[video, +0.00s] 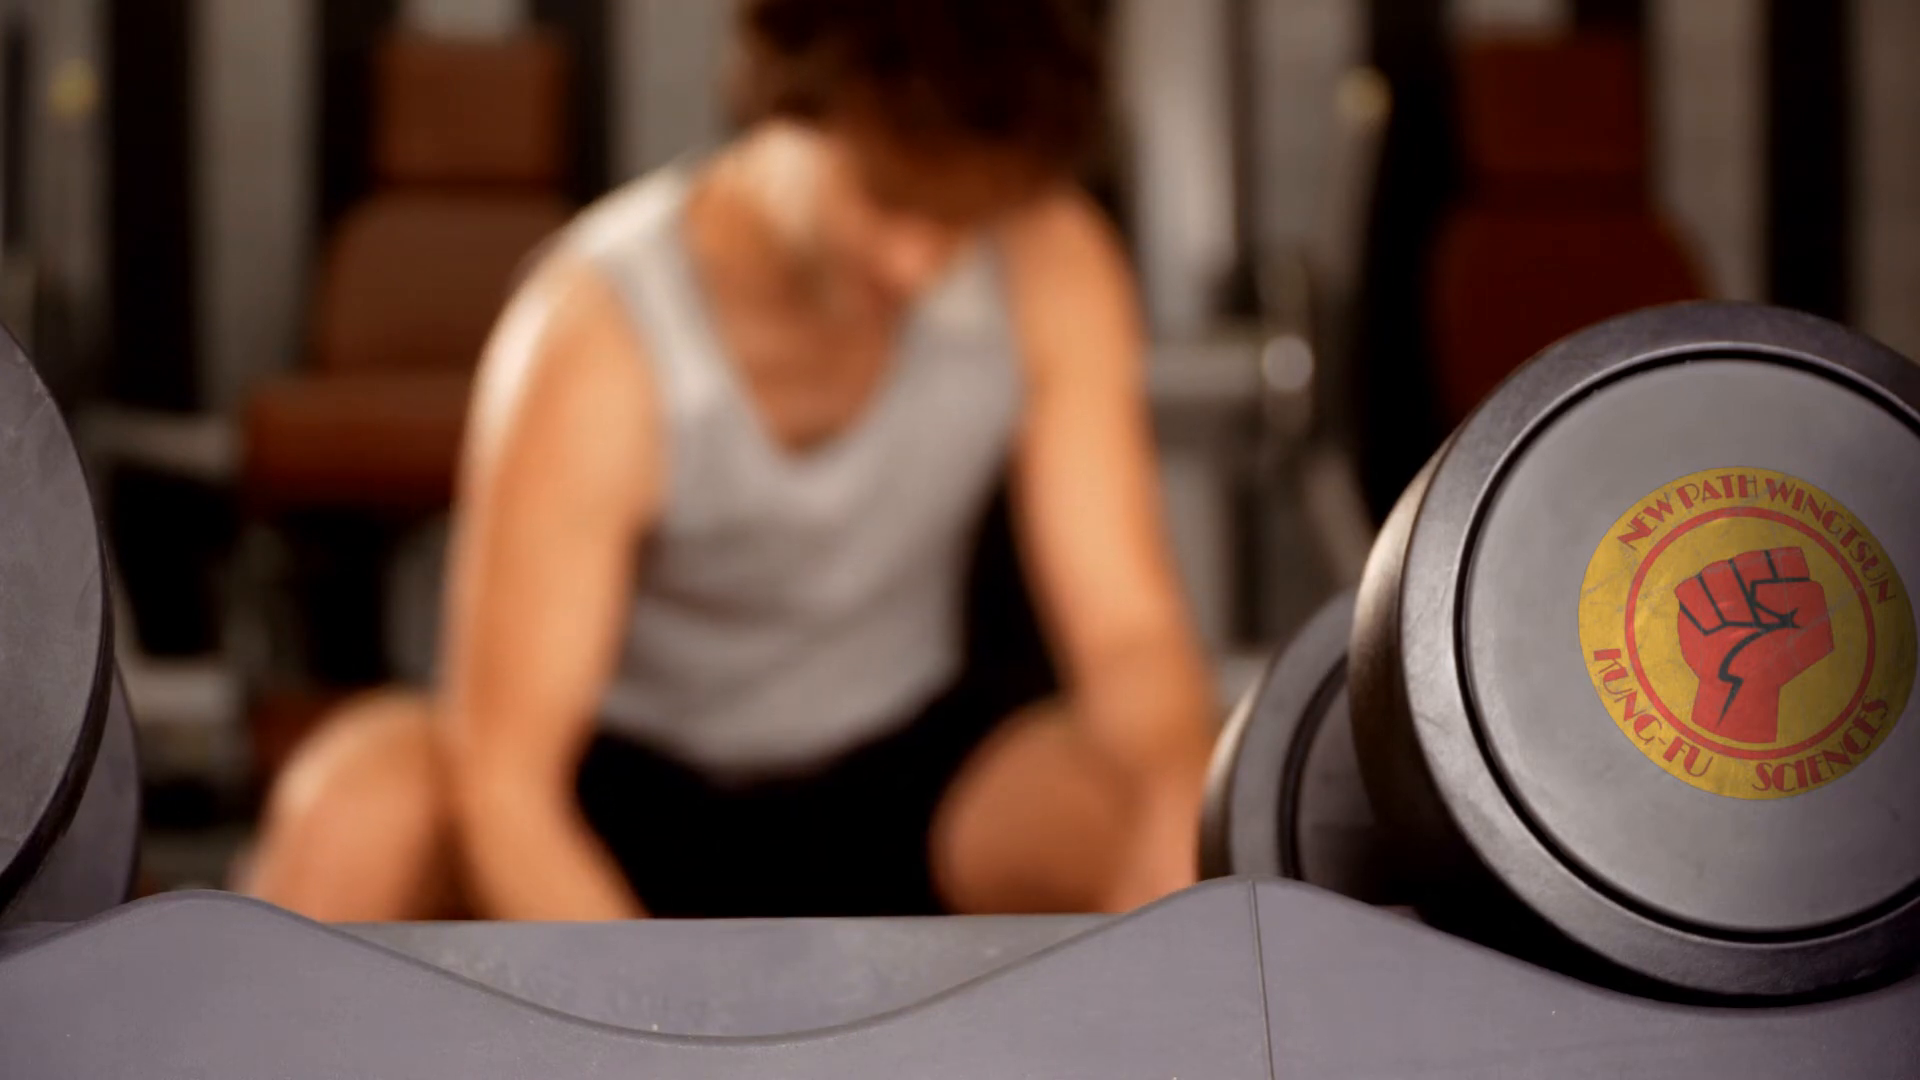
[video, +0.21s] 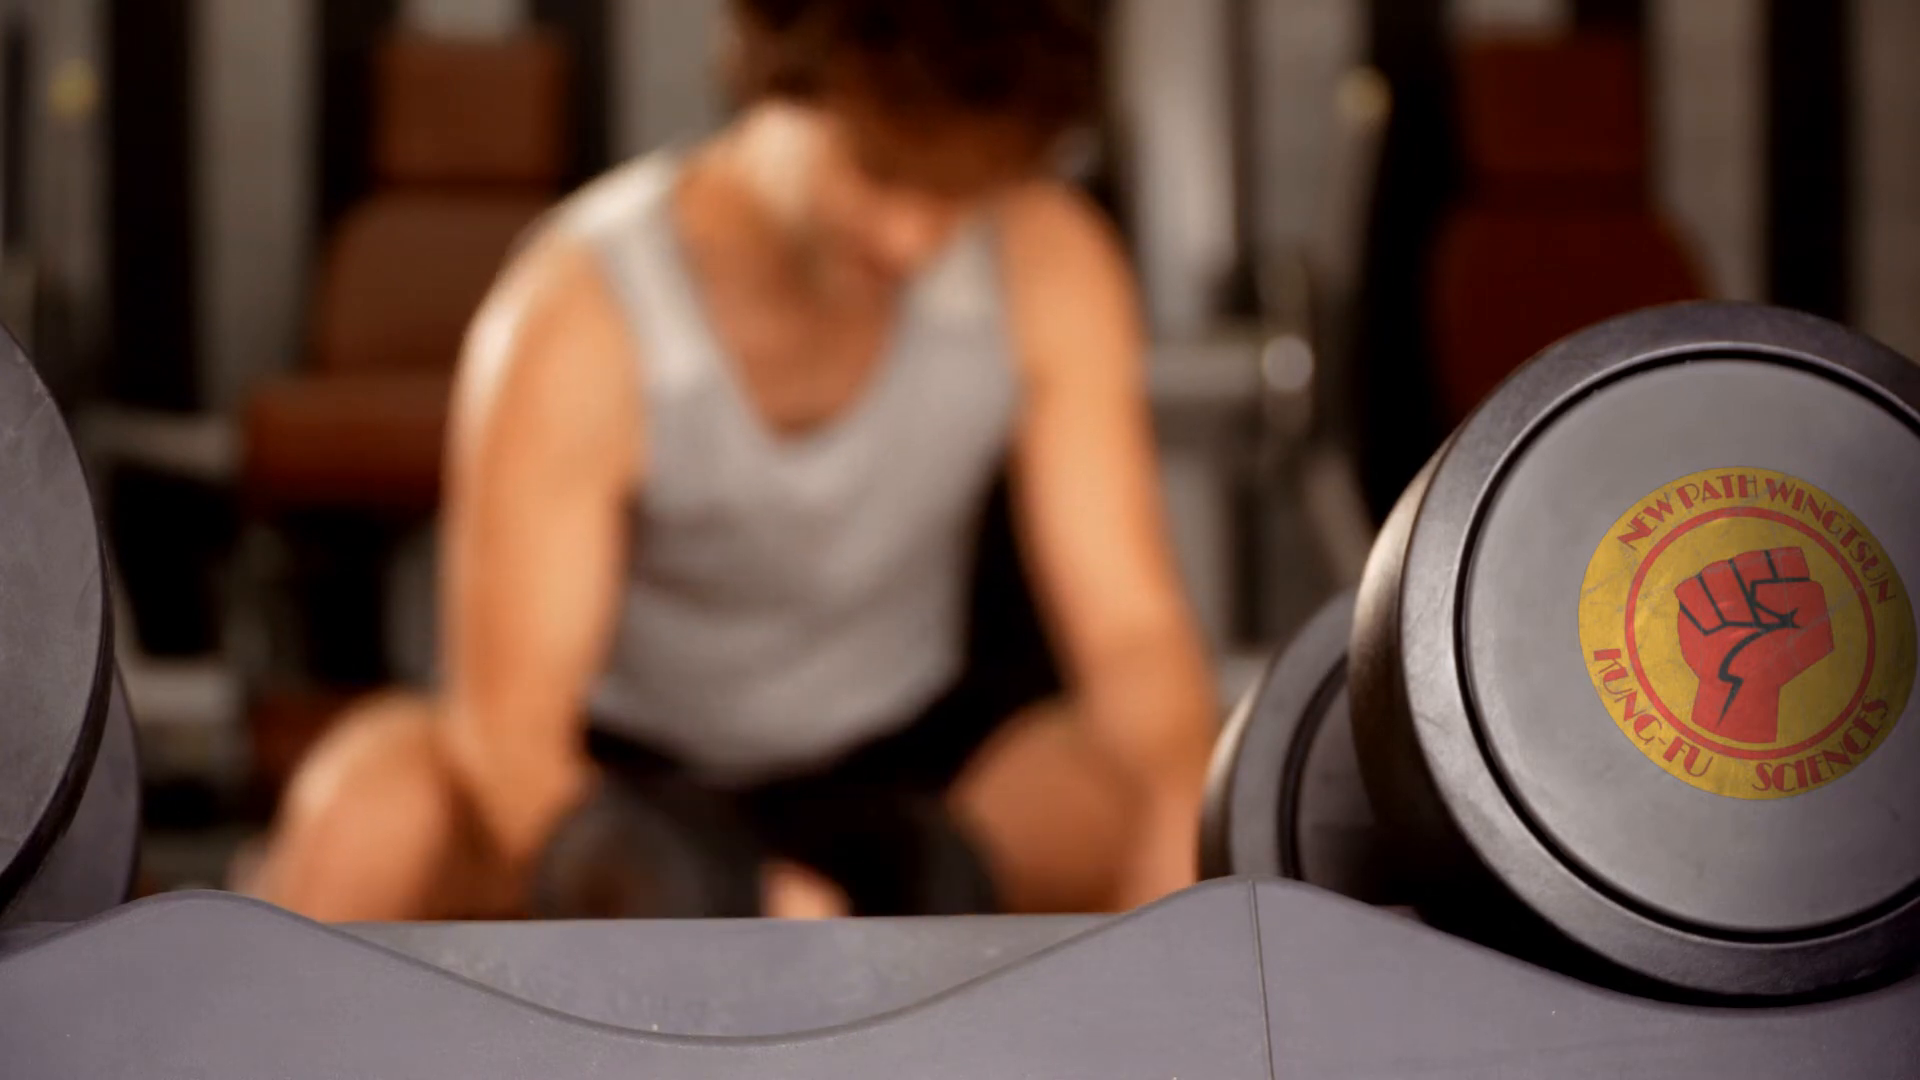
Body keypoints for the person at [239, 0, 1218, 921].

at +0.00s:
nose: (920, 264)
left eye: (970, 218)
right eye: (888, 201)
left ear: (1015, 172)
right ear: (792, 114)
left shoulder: (1044, 252)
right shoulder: (595, 328)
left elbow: (1130, 643)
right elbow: (504, 780)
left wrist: (1178, 874)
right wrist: (663, 1034)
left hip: (900, 784)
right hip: (628, 797)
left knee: (1184, 809)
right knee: (354, 790)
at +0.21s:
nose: (914, 238)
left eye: (962, 192)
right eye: (880, 176)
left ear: (1013, 158)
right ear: (785, 86)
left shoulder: (1043, 254)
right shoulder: (577, 308)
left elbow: (1133, 637)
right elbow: (507, 743)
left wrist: (1180, 861)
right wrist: (718, 896)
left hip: (902, 783)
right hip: (627, 794)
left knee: (1196, 789)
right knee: (369, 794)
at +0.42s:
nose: (906, 229)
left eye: (953, 181)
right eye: (871, 166)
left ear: (1006, 145)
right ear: (772, 78)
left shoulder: (1029, 255)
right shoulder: (537, 310)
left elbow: (1129, 628)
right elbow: (517, 725)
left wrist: (1189, 830)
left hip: (889, 807)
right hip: (615, 812)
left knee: (1186, 784)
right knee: (378, 778)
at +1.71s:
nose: (875, 205)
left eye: (924, 158)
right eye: (842, 145)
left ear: (981, 123)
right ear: (748, 68)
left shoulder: (1024, 253)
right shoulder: (526, 319)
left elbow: (1125, 635)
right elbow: (519, 741)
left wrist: (1167, 863)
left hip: (907, 792)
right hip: (628, 791)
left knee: (1191, 770)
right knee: (362, 789)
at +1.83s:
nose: (875, 204)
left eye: (925, 159)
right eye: (843, 144)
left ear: (989, 126)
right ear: (754, 71)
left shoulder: (1035, 255)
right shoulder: (542, 324)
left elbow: (1123, 633)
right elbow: (516, 756)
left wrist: (1161, 857)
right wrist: (640, 968)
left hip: (902, 780)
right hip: (618, 788)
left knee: (1187, 803)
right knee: (357, 796)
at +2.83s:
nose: (894, 328)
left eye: (948, 281)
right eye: (857, 262)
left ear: (1015, 266)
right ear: (772, 205)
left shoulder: (1046, 286)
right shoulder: (583, 397)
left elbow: (1101, 661)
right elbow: (508, 830)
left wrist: (1005, 814)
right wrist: (518, 1076)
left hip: (893, 783)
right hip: (613, 796)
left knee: (1138, 829)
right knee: (344, 803)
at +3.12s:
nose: (919, 256)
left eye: (972, 208)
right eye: (876, 190)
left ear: (1041, 193)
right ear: (784, 144)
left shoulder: (1095, 252)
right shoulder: (615, 300)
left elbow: (1099, 640)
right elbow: (507, 739)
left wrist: (895, 932)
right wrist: (538, 1035)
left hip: (881, 671)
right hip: (578, 675)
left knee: (1119, 849)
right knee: (344, 819)